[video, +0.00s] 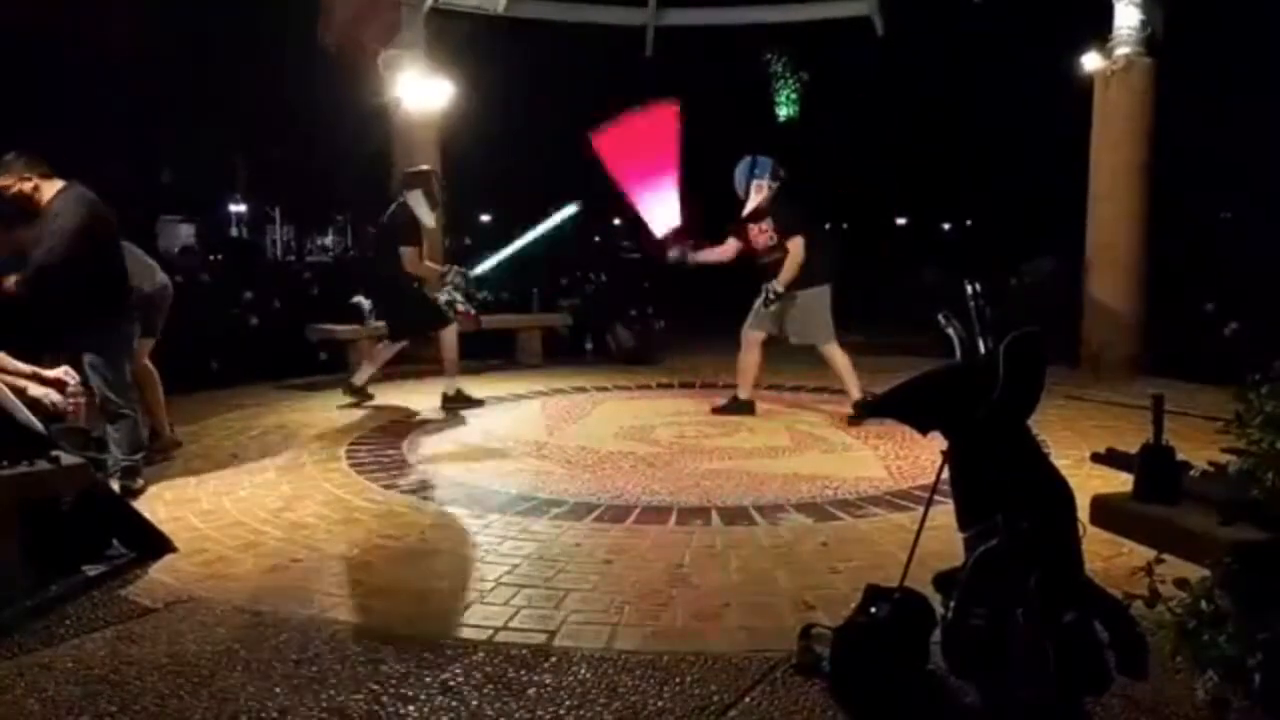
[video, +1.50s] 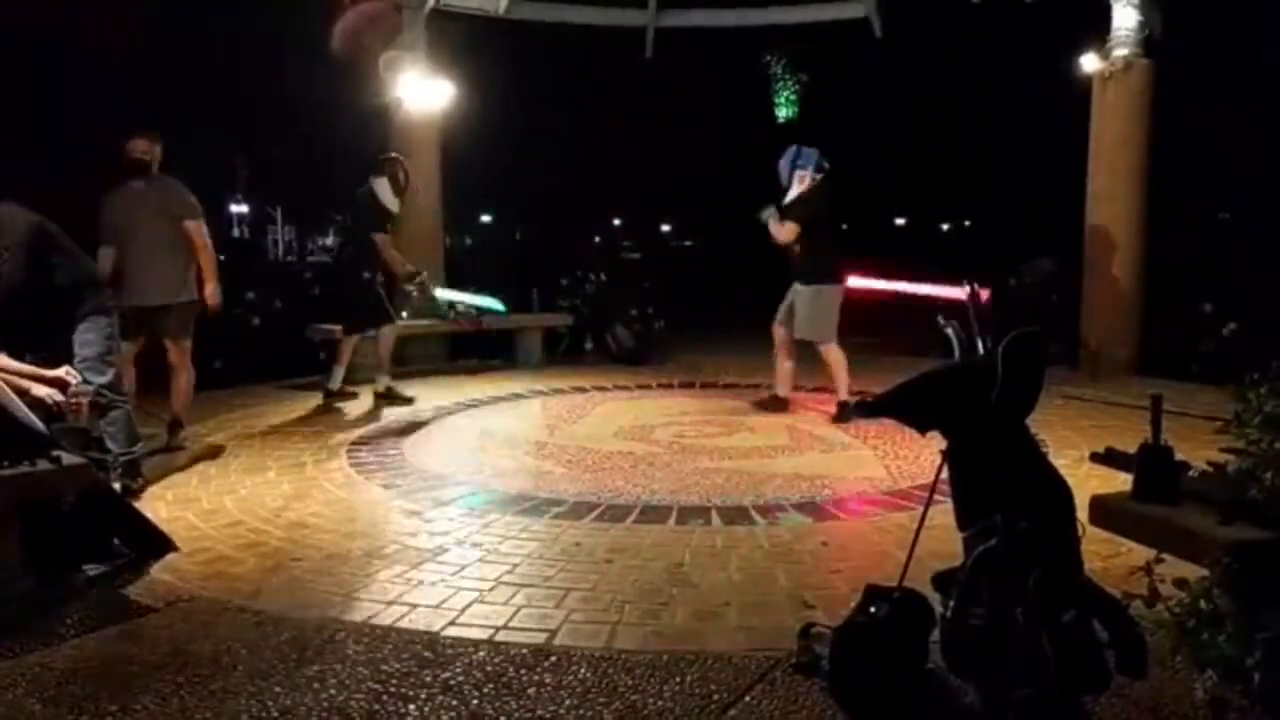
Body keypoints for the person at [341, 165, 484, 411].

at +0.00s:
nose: (439, 192)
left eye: (438, 186)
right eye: (435, 186)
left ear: (412, 189)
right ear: (422, 189)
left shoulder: (400, 213)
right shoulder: (406, 215)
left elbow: (413, 261)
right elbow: (411, 264)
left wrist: (442, 271)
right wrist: (443, 274)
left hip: (387, 288)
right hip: (398, 289)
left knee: (401, 335)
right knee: (447, 324)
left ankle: (356, 382)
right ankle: (452, 390)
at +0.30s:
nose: (425, 186)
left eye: (424, 180)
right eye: (421, 180)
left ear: (403, 180)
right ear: (409, 181)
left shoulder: (395, 206)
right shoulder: (388, 207)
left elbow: (396, 251)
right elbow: (390, 254)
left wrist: (415, 273)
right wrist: (415, 275)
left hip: (376, 278)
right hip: (381, 279)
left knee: (374, 335)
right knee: (408, 328)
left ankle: (347, 388)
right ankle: (426, 387)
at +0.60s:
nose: (424, 184)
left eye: (423, 178)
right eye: (421, 178)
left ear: (401, 178)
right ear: (409, 179)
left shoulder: (386, 202)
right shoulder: (389, 205)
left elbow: (394, 249)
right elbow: (392, 251)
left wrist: (421, 264)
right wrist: (420, 268)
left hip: (367, 276)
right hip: (376, 278)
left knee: (374, 330)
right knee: (419, 321)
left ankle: (348, 387)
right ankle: (406, 382)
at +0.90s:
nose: (436, 191)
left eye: (435, 185)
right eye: (432, 184)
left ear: (408, 186)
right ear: (421, 185)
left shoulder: (396, 208)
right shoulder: (407, 211)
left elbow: (425, 256)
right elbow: (425, 257)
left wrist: (459, 261)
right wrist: (461, 262)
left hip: (378, 279)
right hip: (393, 281)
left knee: (388, 331)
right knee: (435, 327)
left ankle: (353, 382)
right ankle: (435, 387)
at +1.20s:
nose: (422, 190)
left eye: (422, 184)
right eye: (419, 184)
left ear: (396, 183)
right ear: (408, 184)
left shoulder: (381, 205)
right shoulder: (393, 209)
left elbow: (407, 253)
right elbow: (409, 255)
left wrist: (438, 270)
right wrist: (440, 272)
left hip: (372, 279)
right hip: (385, 281)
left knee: (367, 333)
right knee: (416, 326)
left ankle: (337, 385)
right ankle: (431, 387)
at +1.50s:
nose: (404, 181)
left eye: (404, 175)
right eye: (401, 175)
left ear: (380, 175)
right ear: (390, 175)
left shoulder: (368, 198)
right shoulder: (377, 202)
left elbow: (384, 246)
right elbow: (383, 246)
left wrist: (404, 271)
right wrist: (406, 271)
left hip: (353, 270)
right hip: (365, 271)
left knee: (353, 327)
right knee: (388, 323)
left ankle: (334, 385)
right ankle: (383, 385)